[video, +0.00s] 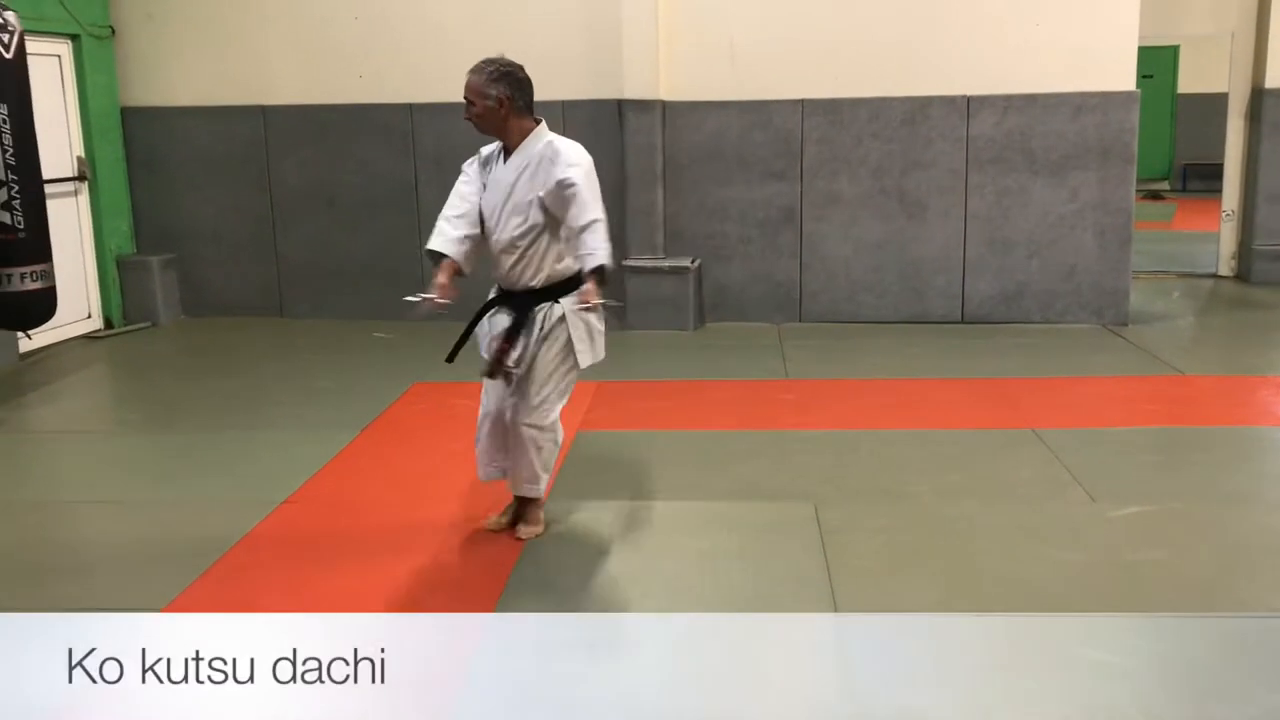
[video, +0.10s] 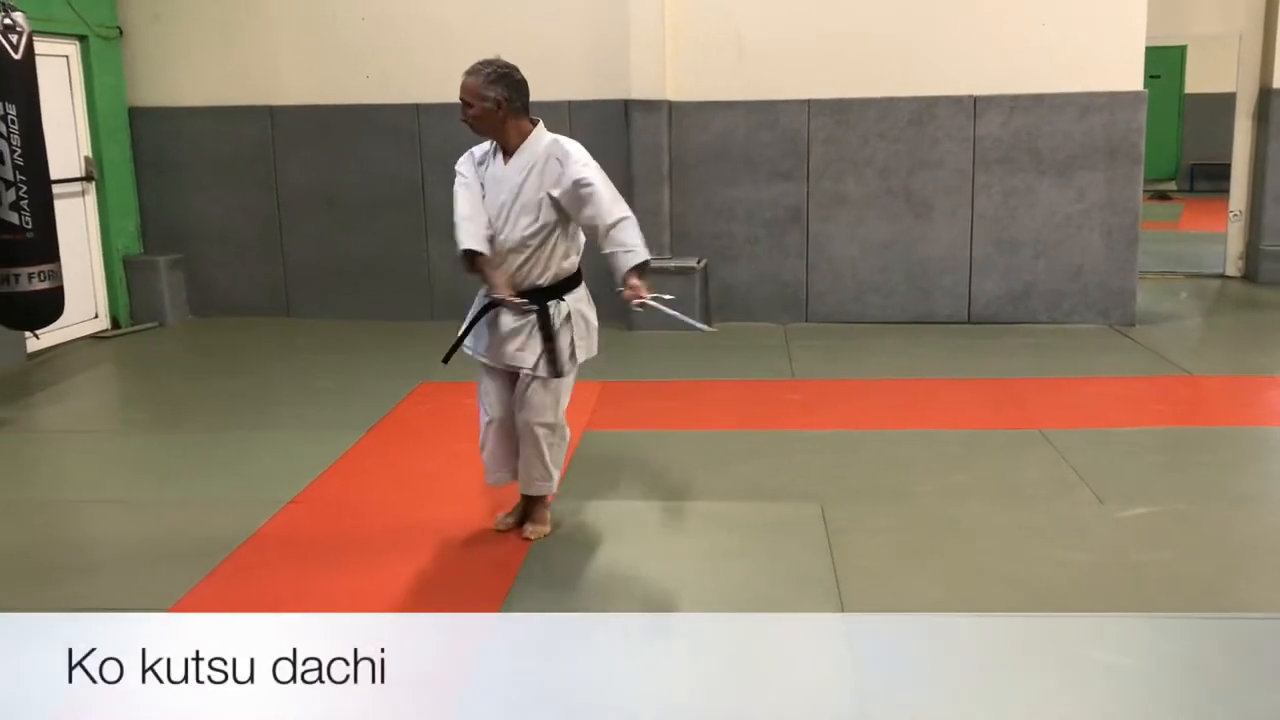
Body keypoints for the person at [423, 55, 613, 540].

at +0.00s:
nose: (466, 113)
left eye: (473, 104)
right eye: (465, 104)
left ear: (504, 102)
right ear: (499, 103)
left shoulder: (566, 158)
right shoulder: (481, 166)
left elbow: (590, 224)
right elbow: (459, 222)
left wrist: (591, 280)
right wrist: (445, 275)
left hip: (560, 305)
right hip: (509, 305)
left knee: (534, 411)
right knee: (502, 408)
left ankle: (533, 506)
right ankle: (522, 498)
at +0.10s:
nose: (462, 115)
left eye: (469, 106)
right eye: (461, 105)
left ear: (502, 105)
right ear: (492, 105)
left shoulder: (563, 158)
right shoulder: (472, 164)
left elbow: (612, 215)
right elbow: (471, 235)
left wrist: (629, 271)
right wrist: (496, 279)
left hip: (553, 312)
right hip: (497, 308)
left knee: (538, 414)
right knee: (501, 412)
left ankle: (540, 505)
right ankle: (527, 497)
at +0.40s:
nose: (471, 116)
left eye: (481, 107)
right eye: (469, 106)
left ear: (515, 106)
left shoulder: (570, 157)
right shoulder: (471, 158)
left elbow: (622, 214)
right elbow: (488, 230)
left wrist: (655, 266)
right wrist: (548, 268)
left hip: (552, 305)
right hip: (489, 304)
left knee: (556, 408)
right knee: (481, 406)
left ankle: (559, 503)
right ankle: (517, 474)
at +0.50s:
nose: (477, 127)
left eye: (486, 117)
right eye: (475, 116)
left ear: (522, 115)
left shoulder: (573, 165)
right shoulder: (472, 164)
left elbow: (624, 219)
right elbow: (494, 234)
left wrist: (657, 270)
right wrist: (556, 273)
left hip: (550, 308)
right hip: (484, 303)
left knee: (562, 405)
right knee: (451, 400)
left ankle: (564, 503)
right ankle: (456, 472)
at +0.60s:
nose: (479, 137)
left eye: (489, 128)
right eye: (477, 127)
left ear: (524, 128)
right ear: (479, 123)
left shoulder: (569, 173)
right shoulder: (471, 174)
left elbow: (618, 222)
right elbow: (500, 245)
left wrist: (654, 276)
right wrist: (565, 278)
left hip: (544, 315)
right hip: (477, 311)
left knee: (566, 407)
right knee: (429, 398)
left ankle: (569, 503)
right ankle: (393, 473)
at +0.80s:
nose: (444, 153)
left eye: (454, 144)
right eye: (442, 142)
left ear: (489, 145)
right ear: (443, 140)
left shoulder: (536, 191)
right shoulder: (437, 189)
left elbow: (591, 243)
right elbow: (470, 251)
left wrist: (617, 295)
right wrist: (539, 282)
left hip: (519, 327)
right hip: (453, 323)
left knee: (547, 414)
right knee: (398, 398)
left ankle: (573, 503)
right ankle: (382, 480)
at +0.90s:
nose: (411, 152)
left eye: (421, 143)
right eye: (411, 141)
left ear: (454, 145)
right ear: (443, 145)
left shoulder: (509, 191)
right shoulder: (421, 185)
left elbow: (562, 253)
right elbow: (413, 253)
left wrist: (566, 310)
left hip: (509, 326)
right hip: (453, 326)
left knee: (521, 427)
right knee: (402, 393)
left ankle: (576, 499)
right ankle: (383, 478)